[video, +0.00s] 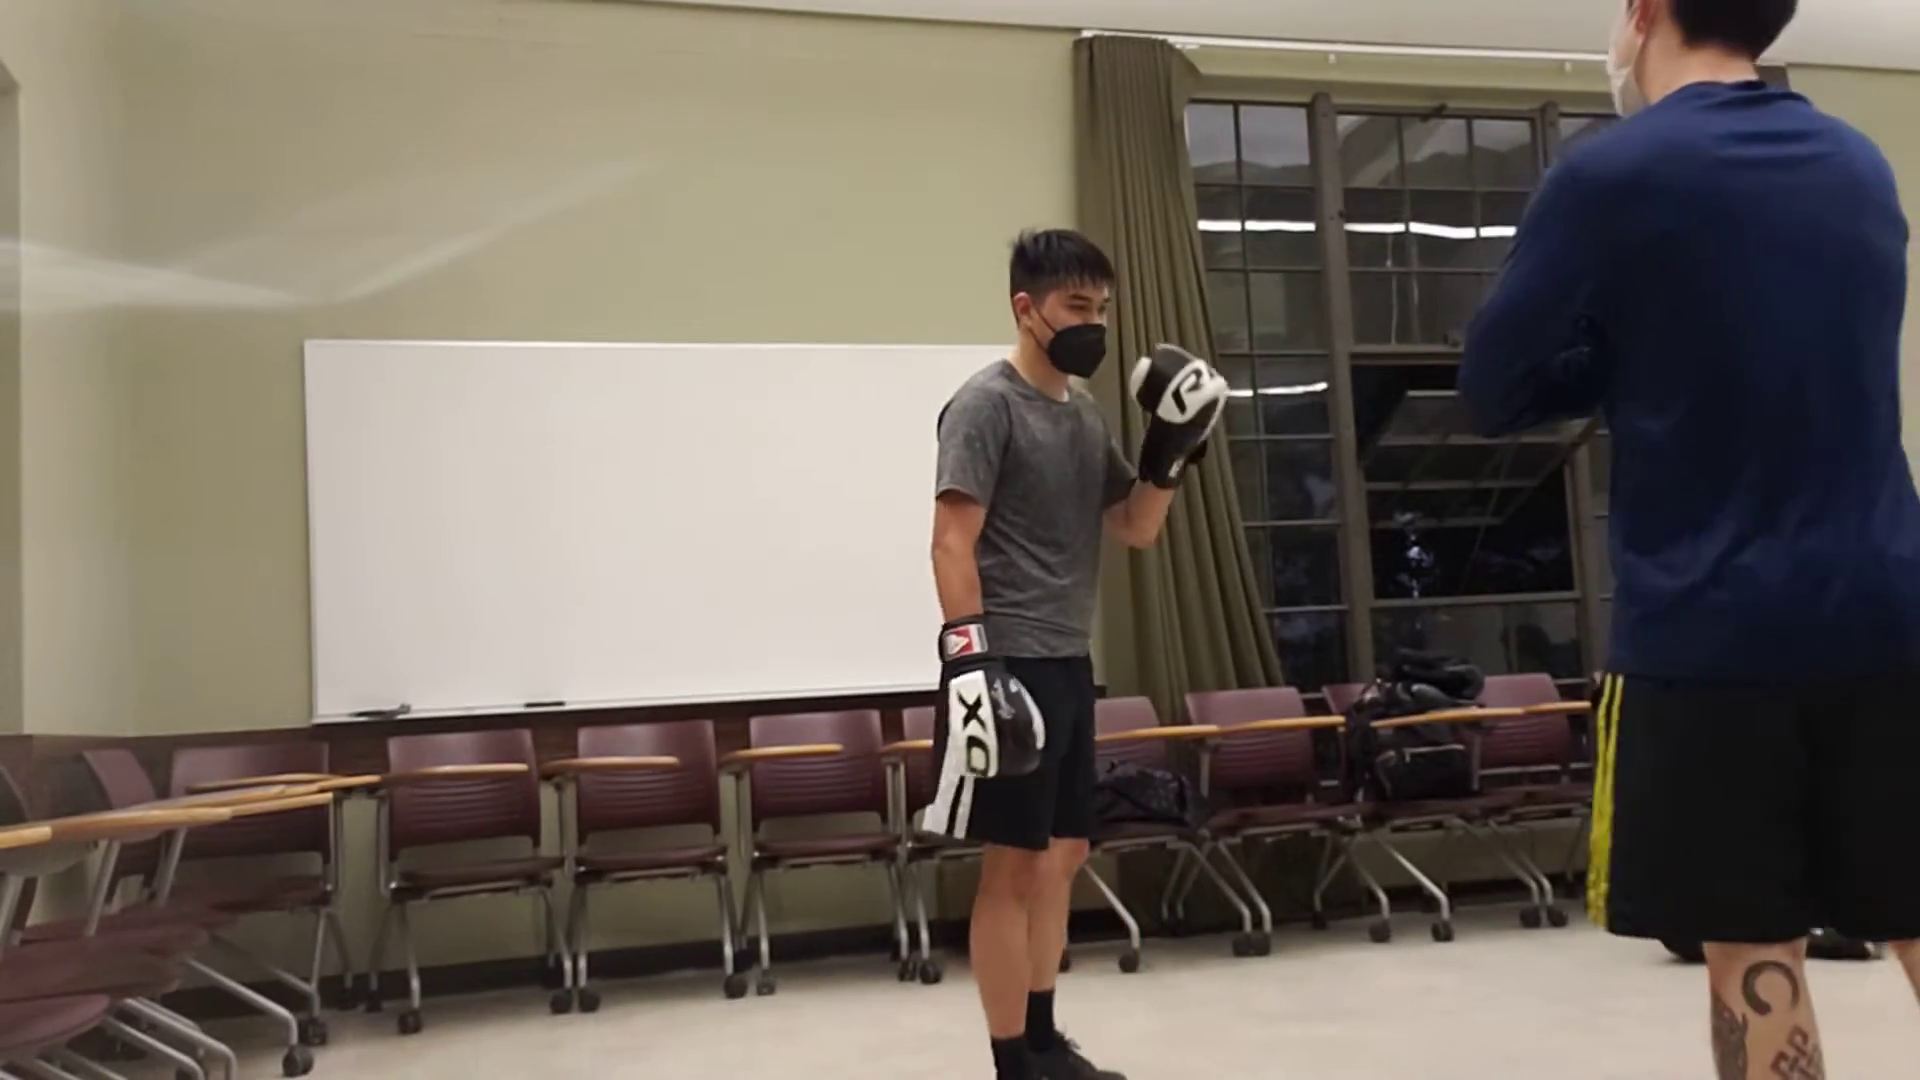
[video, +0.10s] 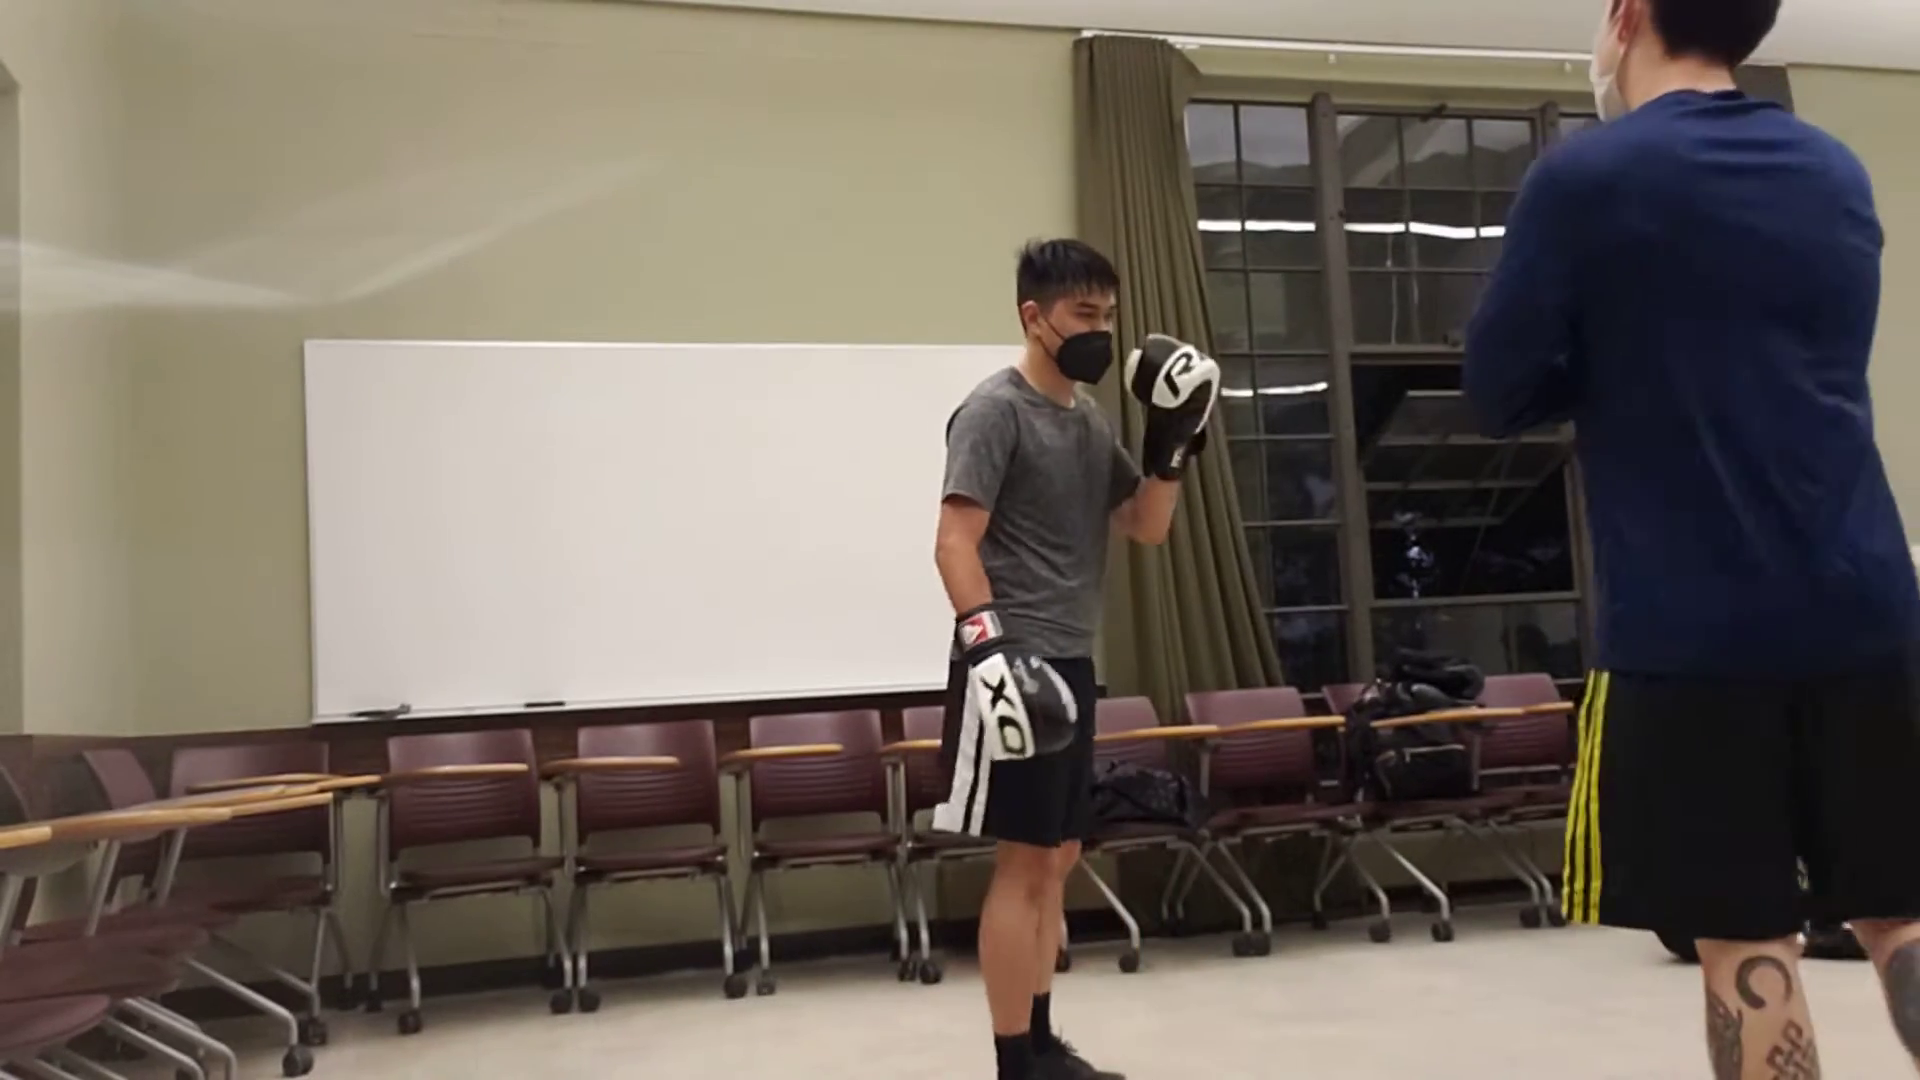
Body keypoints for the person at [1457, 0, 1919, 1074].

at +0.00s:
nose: (1622, 39)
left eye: (1623, 20)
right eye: (1625, 22)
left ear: (1647, 18)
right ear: (1763, 31)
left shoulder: (1610, 172)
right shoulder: (1862, 165)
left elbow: (1496, 388)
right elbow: (1816, 343)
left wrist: (1644, 348)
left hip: (1708, 625)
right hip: (1885, 610)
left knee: (1751, 945)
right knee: (1914, 919)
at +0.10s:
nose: (1601, 35)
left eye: (1605, 19)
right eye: (1603, 21)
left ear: (1629, 21)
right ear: (1743, 38)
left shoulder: (1586, 174)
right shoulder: (1839, 174)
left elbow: (1501, 390)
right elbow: (1816, 350)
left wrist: (1640, 343)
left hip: (1689, 626)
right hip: (1865, 609)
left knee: (1745, 948)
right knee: (1897, 916)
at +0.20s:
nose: (1595, 37)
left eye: (1599, 21)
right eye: (1602, 23)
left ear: (1620, 23)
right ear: (1736, 43)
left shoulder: (1579, 167)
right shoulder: (1816, 176)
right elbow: (1784, 359)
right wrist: (1631, 132)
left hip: (1670, 617)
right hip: (1838, 603)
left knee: (1739, 950)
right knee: (1880, 914)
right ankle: (1904, 1057)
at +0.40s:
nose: (1589, 72)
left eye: (1592, 46)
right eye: (1594, 49)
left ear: (1613, 49)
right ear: (1728, 66)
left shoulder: (1604, 196)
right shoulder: (1789, 205)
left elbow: (1506, 417)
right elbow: (1744, 393)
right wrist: (1617, 178)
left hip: (1653, 630)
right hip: (1798, 617)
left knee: (1725, 946)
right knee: (1814, 929)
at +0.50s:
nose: (1590, 85)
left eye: (1596, 58)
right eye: (1596, 60)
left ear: (1620, 60)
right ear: (1731, 80)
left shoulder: (1611, 215)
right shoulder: (1781, 220)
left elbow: (1508, 420)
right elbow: (1739, 402)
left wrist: (1486, 366)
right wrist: (1618, 183)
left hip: (1650, 635)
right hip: (1777, 624)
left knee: (1719, 942)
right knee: (1789, 924)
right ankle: (1794, 1077)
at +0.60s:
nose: (1595, 108)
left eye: (1600, 84)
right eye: (1601, 84)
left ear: (1633, 86)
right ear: (1733, 101)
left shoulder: (1623, 223)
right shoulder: (1783, 240)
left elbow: (1500, 417)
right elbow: (1723, 414)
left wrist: (1478, 359)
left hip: (1648, 643)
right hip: (1764, 633)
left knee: (1716, 939)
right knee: (1771, 911)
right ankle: (1800, 1074)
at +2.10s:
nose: (1620, 143)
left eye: (1628, 114)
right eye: (1619, 119)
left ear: (1687, 105)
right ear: (1709, 114)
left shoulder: (1749, 217)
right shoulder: (1736, 222)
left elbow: (1657, 397)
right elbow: (1684, 415)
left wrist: (1590, 387)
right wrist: (1597, 399)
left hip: (1743, 627)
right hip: (1725, 626)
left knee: (1775, 910)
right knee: (1768, 908)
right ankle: (1806, 1077)